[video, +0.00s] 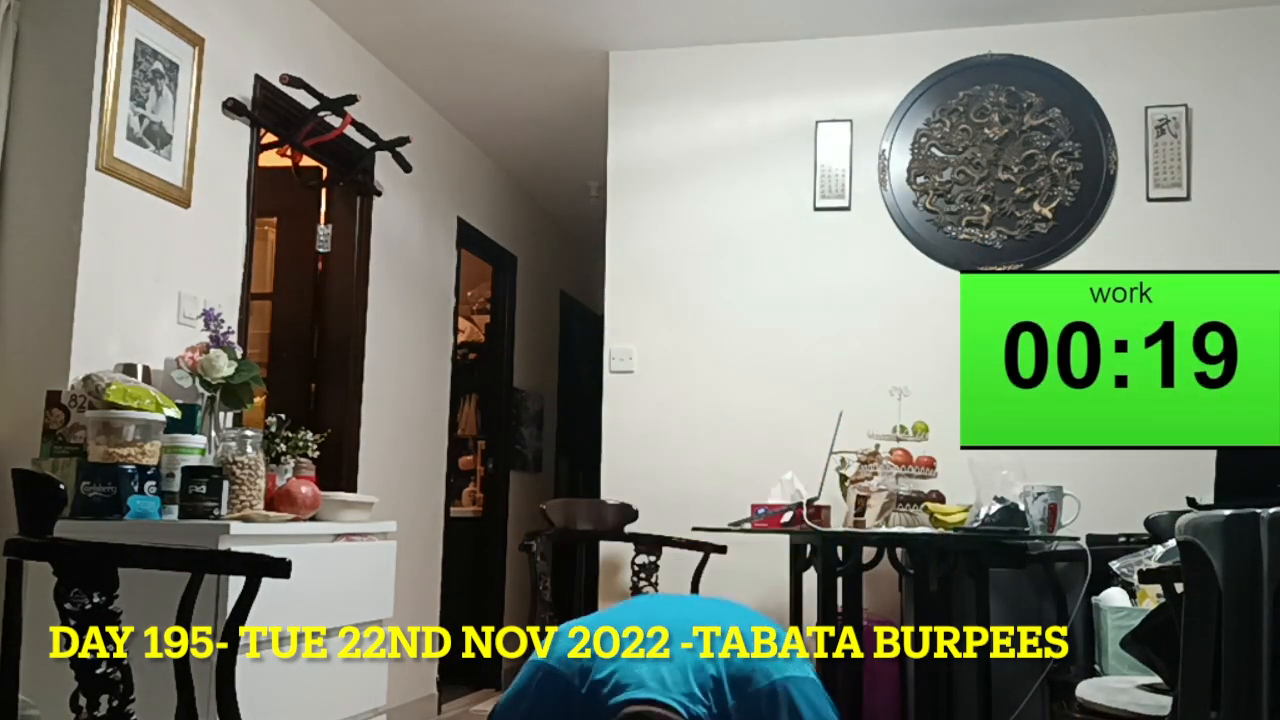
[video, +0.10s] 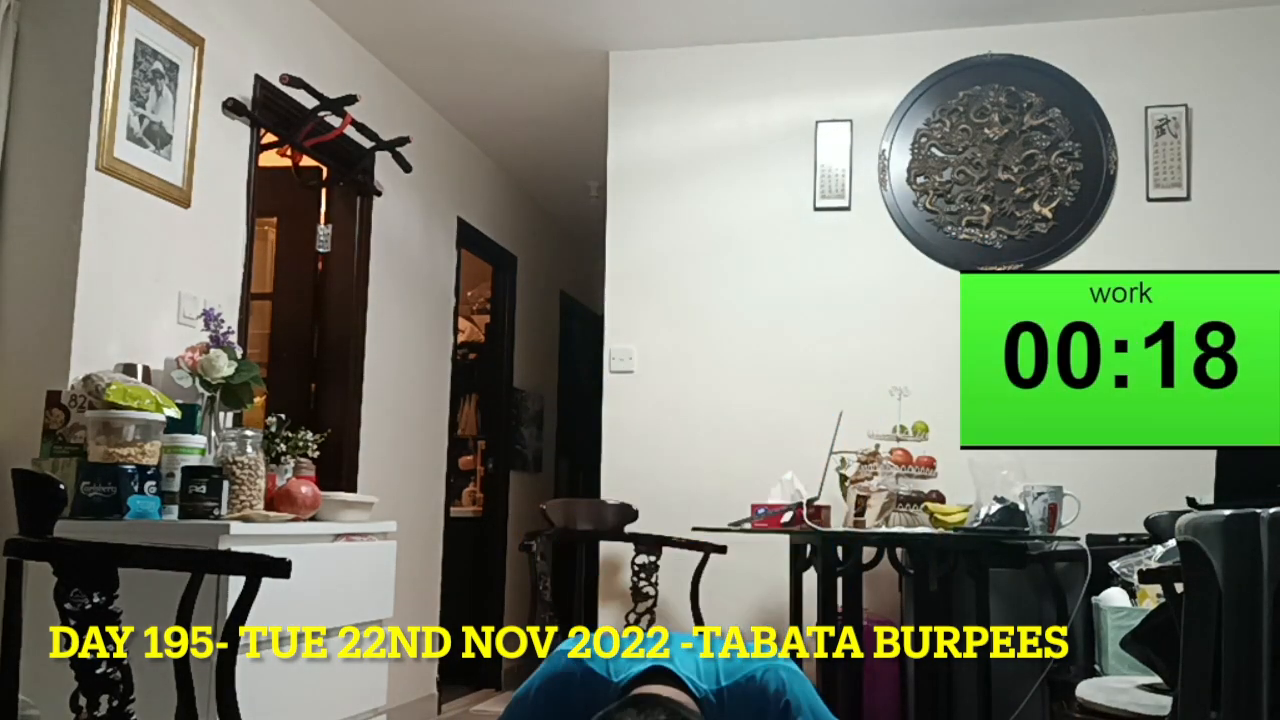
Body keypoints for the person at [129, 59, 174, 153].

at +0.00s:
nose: (157, 81)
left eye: (160, 78)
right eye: (154, 79)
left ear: (164, 80)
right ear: (152, 80)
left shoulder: (167, 96)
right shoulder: (153, 90)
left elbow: (158, 119)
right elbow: (148, 110)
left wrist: (141, 111)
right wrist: (141, 130)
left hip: (166, 133)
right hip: (152, 125)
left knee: (154, 127)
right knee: (140, 117)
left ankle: (158, 149)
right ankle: (150, 146)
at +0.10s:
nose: (157, 81)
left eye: (160, 78)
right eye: (154, 79)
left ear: (164, 80)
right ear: (152, 80)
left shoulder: (167, 96)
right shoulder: (153, 90)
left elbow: (158, 119)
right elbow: (148, 110)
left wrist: (142, 112)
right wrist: (141, 130)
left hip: (166, 133)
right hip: (152, 125)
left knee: (154, 127)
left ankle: (158, 149)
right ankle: (150, 146)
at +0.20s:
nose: (157, 81)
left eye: (159, 78)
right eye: (154, 79)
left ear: (164, 80)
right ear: (152, 80)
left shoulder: (167, 96)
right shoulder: (153, 90)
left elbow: (158, 119)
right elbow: (148, 110)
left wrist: (142, 112)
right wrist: (141, 130)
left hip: (166, 133)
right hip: (152, 125)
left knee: (154, 127)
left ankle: (158, 149)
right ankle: (150, 146)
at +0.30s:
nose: (157, 81)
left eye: (159, 78)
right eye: (154, 79)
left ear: (164, 80)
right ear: (152, 80)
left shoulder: (167, 96)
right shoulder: (153, 90)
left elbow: (158, 119)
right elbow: (148, 110)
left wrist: (142, 112)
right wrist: (141, 130)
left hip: (166, 133)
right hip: (152, 125)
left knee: (154, 127)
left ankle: (158, 149)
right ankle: (150, 146)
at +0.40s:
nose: (157, 81)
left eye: (159, 78)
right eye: (154, 79)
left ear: (164, 80)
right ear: (152, 80)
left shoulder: (167, 96)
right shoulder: (153, 90)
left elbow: (158, 119)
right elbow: (148, 110)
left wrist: (142, 112)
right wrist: (141, 130)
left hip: (166, 133)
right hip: (152, 125)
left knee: (154, 127)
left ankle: (158, 149)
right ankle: (150, 146)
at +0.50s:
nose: (157, 82)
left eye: (159, 78)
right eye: (154, 79)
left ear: (164, 80)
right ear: (152, 80)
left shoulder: (167, 96)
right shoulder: (153, 90)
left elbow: (158, 119)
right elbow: (148, 111)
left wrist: (141, 111)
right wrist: (141, 130)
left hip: (165, 133)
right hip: (152, 126)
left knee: (154, 127)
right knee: (140, 117)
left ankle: (158, 149)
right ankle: (150, 146)